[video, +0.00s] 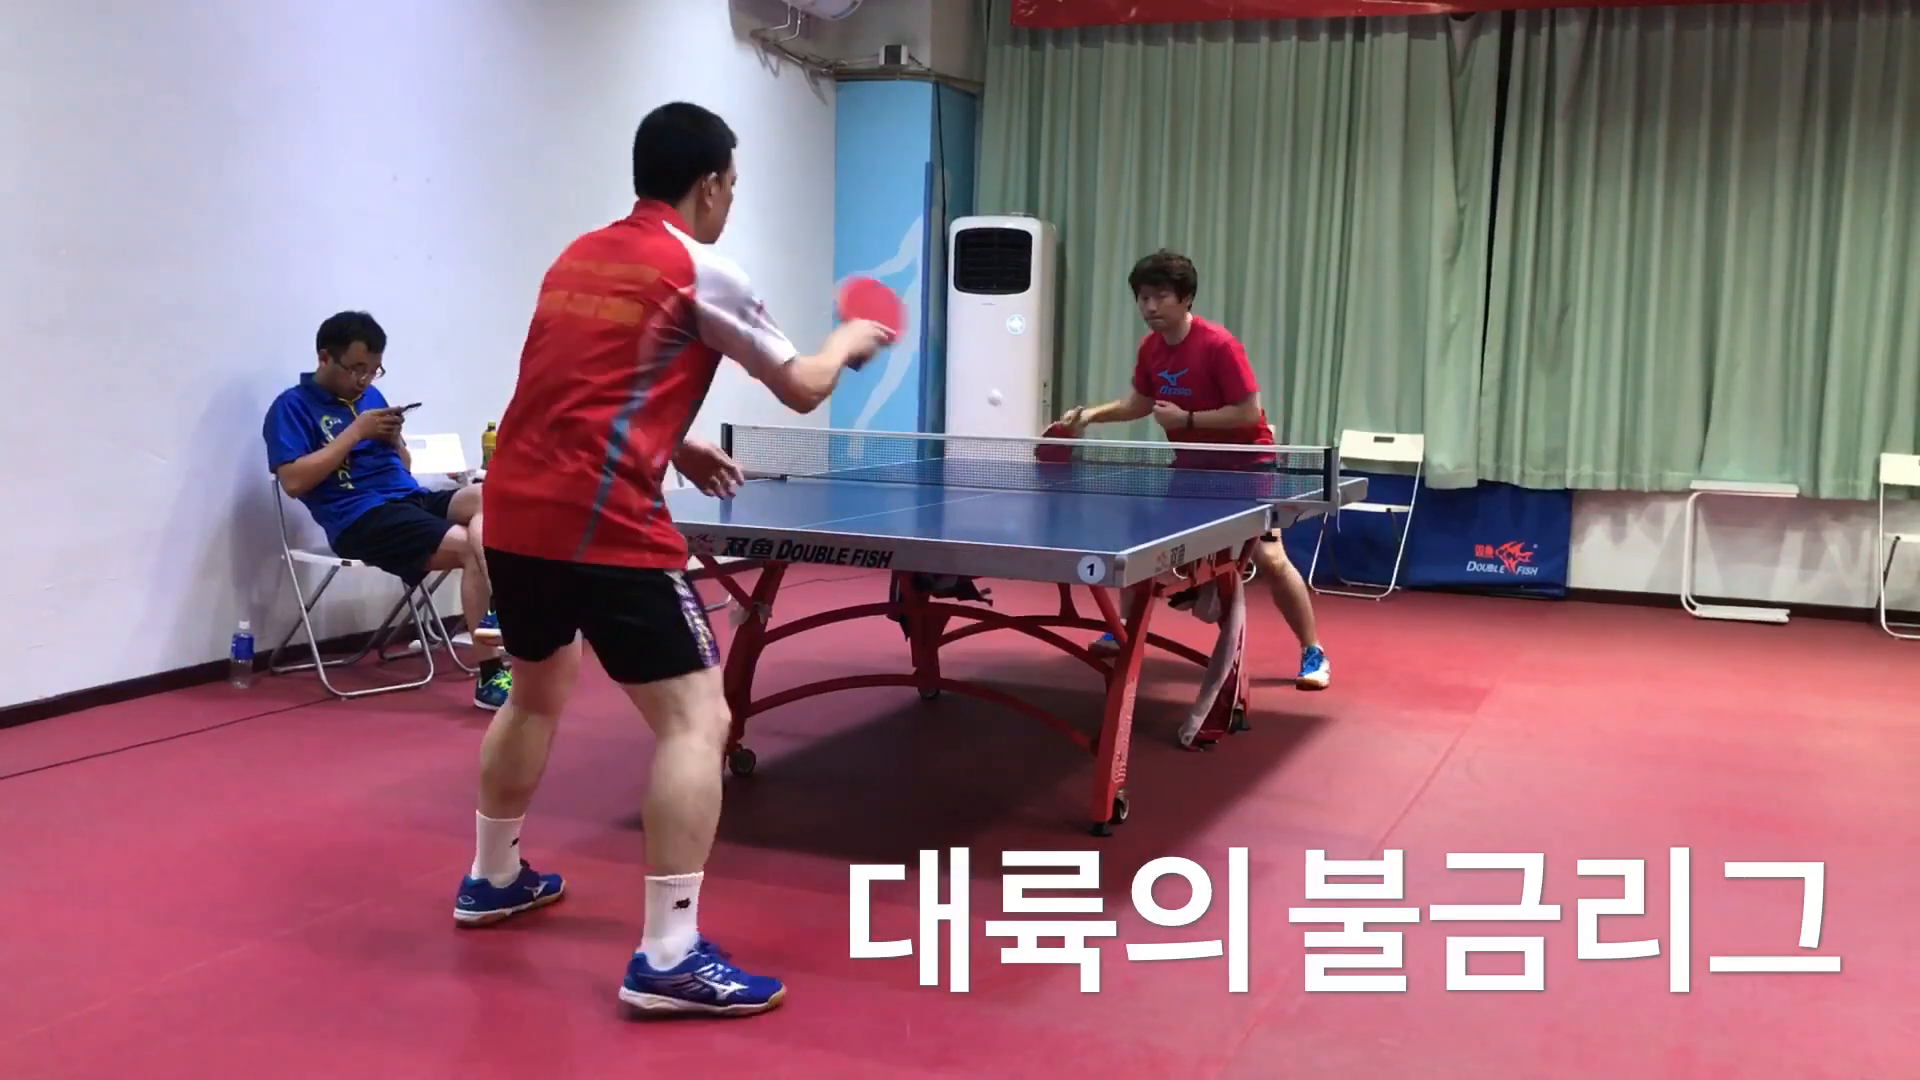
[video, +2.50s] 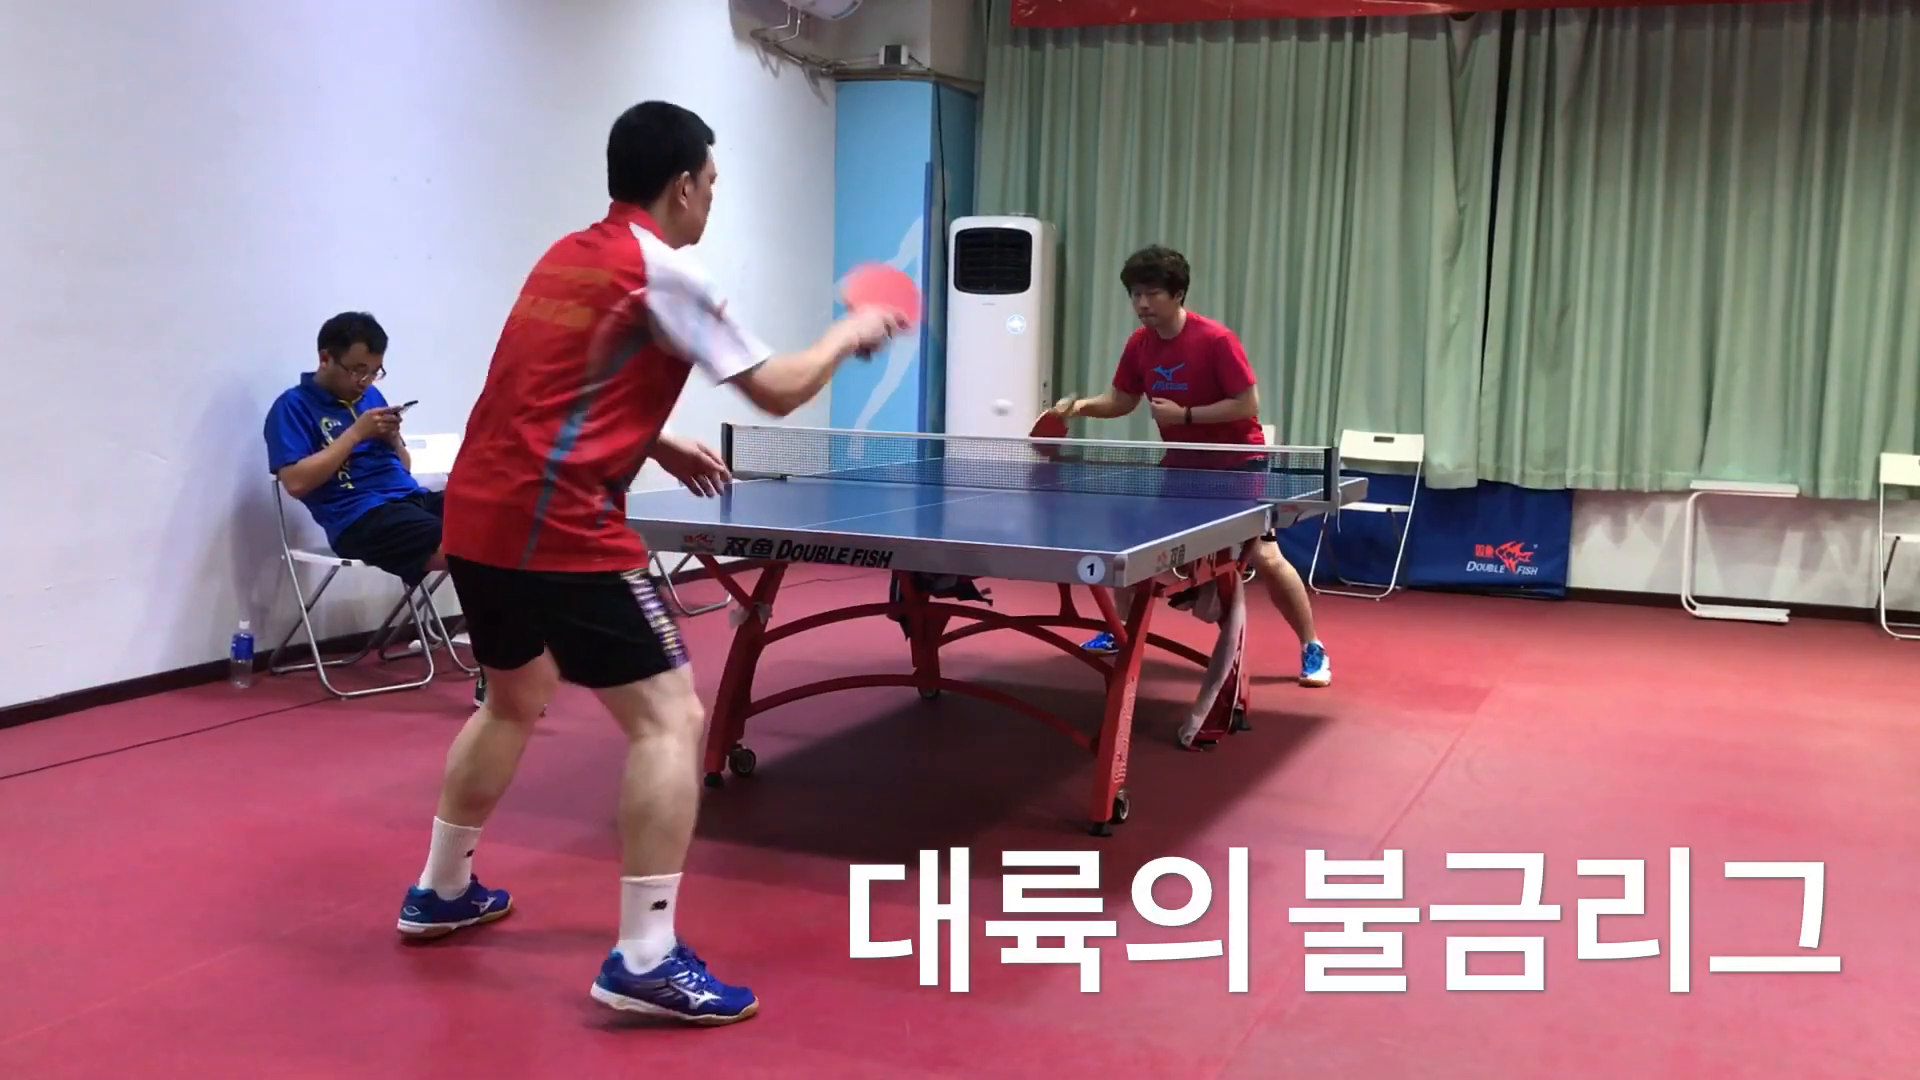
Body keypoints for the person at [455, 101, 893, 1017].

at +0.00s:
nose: (729, 202)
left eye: (729, 185)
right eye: (729, 185)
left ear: (642, 178)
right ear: (707, 185)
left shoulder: (575, 255)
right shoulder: (701, 271)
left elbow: (578, 387)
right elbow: (800, 387)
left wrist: (676, 445)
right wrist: (851, 338)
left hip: (509, 522)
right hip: (608, 527)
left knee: (535, 694)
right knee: (694, 720)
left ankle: (491, 877)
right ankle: (668, 954)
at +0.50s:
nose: (758, 224)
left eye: (759, 208)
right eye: (759, 207)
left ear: (680, 193)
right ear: (738, 206)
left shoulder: (639, 263)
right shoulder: (676, 278)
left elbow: (663, 420)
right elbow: (682, 430)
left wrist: (751, 464)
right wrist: (798, 504)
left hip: (512, 525)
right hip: (577, 536)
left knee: (550, 710)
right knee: (657, 729)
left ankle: (470, 889)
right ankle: (664, 966)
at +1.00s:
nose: (677, 181)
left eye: (676, 168)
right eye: (676, 167)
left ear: (584, 164)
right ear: (657, 166)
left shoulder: (521, 250)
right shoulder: (657, 247)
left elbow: (515, 388)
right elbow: (742, 383)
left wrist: (628, 455)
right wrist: (713, 314)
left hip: (499, 524)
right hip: (598, 529)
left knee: (513, 702)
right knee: (663, 722)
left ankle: (469, 889)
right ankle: (639, 958)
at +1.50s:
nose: (732, 219)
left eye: (734, 203)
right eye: (730, 201)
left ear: (663, 192)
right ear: (693, 198)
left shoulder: (621, 261)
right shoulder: (622, 265)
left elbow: (613, 410)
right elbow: (594, 406)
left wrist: (688, 475)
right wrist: (714, 456)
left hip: (501, 531)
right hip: (550, 539)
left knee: (530, 709)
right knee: (639, 728)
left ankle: (437, 887)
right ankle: (634, 968)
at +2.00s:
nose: (693, 182)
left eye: (692, 168)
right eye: (691, 168)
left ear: (596, 169)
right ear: (674, 173)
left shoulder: (532, 258)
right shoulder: (676, 269)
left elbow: (521, 405)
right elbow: (757, 412)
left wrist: (648, 456)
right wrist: (804, 381)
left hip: (503, 535)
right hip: (606, 546)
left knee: (507, 694)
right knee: (679, 736)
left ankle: (445, 878)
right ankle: (639, 973)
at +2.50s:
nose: (709, 199)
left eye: (708, 182)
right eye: (706, 182)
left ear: (622, 180)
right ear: (680, 184)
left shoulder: (565, 254)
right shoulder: (660, 273)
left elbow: (557, 390)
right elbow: (777, 387)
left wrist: (658, 443)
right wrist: (852, 330)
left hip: (476, 521)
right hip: (564, 528)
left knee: (513, 699)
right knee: (667, 721)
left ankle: (441, 889)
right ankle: (644, 958)